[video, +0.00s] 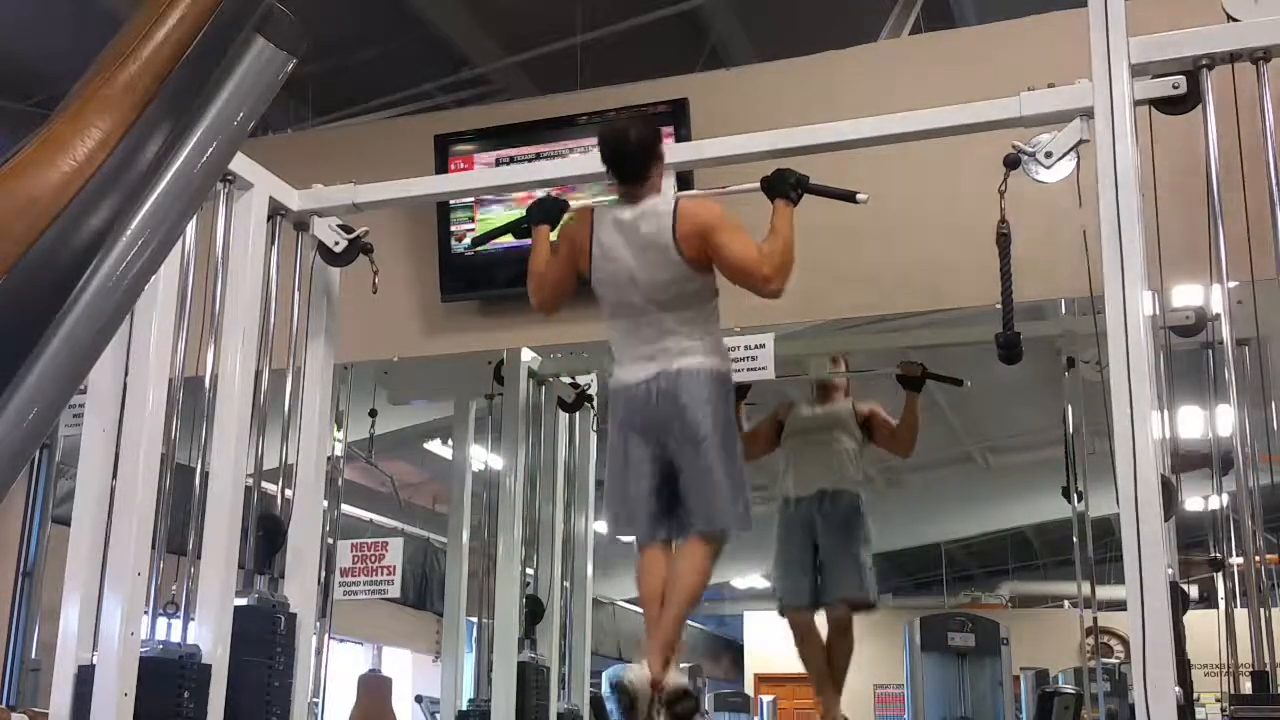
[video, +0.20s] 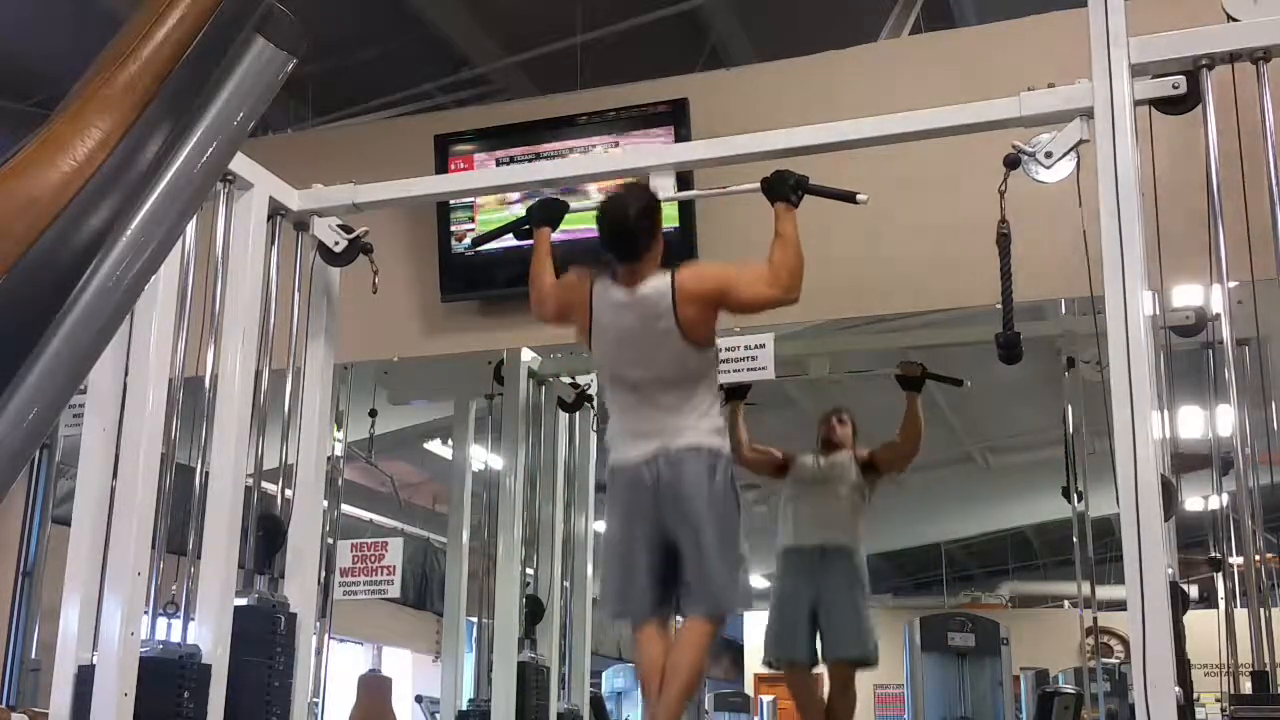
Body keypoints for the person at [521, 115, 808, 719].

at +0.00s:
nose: (659, 153)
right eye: (659, 145)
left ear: (607, 169)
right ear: (661, 155)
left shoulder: (584, 227)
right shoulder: (696, 215)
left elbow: (544, 297)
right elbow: (771, 278)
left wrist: (540, 230)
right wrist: (784, 204)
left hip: (631, 391)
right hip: (694, 385)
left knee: (652, 534)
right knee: (706, 529)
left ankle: (665, 671)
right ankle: (653, 665)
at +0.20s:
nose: (661, 228)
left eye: (650, 224)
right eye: (659, 222)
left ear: (605, 238)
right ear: (660, 231)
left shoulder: (588, 292)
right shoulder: (696, 284)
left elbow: (545, 302)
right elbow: (782, 285)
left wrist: (541, 235)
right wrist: (786, 209)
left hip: (630, 469)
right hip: (696, 463)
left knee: (646, 611)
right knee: (704, 606)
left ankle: (659, 719)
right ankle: (661, 716)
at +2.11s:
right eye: (656, 182)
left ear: (607, 202)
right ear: (660, 193)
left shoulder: (584, 257)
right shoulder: (697, 244)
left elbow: (540, 305)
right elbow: (781, 282)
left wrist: (540, 234)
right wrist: (784, 208)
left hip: (626, 427)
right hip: (692, 422)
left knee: (628, 571)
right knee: (696, 565)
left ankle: (642, 698)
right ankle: (628, 695)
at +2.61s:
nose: (659, 257)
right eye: (659, 249)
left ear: (610, 268)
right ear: (663, 261)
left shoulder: (593, 321)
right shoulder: (698, 305)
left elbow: (545, 302)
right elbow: (784, 289)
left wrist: (542, 236)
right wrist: (785, 208)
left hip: (627, 499)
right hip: (694, 492)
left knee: (632, 644)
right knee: (709, 640)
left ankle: (639, 718)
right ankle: (659, 715)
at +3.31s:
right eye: (661, 167)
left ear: (609, 192)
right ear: (663, 182)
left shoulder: (585, 245)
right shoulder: (698, 233)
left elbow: (538, 302)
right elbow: (780, 279)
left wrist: (540, 232)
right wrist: (785, 207)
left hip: (627, 414)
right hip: (692, 409)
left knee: (627, 554)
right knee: (697, 549)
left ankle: (648, 686)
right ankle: (633, 683)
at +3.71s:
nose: (665, 238)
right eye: (663, 232)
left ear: (611, 248)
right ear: (664, 241)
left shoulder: (589, 297)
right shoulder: (699, 287)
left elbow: (542, 303)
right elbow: (785, 288)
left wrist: (543, 236)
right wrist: (785, 210)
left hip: (627, 476)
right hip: (694, 471)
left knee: (635, 619)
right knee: (701, 613)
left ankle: (653, 719)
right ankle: (653, 716)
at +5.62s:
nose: (664, 176)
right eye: (664, 170)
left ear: (609, 193)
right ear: (663, 183)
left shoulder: (585, 242)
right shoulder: (698, 233)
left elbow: (537, 303)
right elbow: (780, 280)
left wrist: (541, 232)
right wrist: (785, 207)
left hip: (630, 413)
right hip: (694, 408)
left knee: (629, 553)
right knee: (702, 546)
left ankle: (645, 687)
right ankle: (632, 678)